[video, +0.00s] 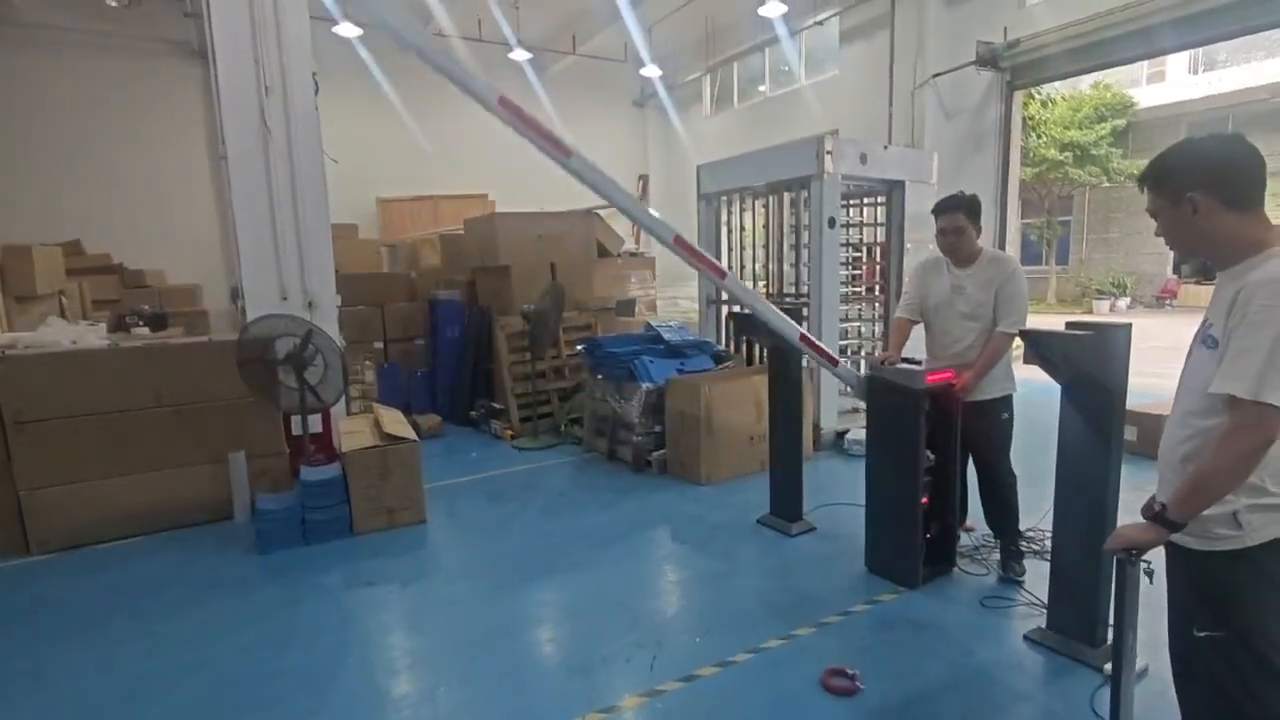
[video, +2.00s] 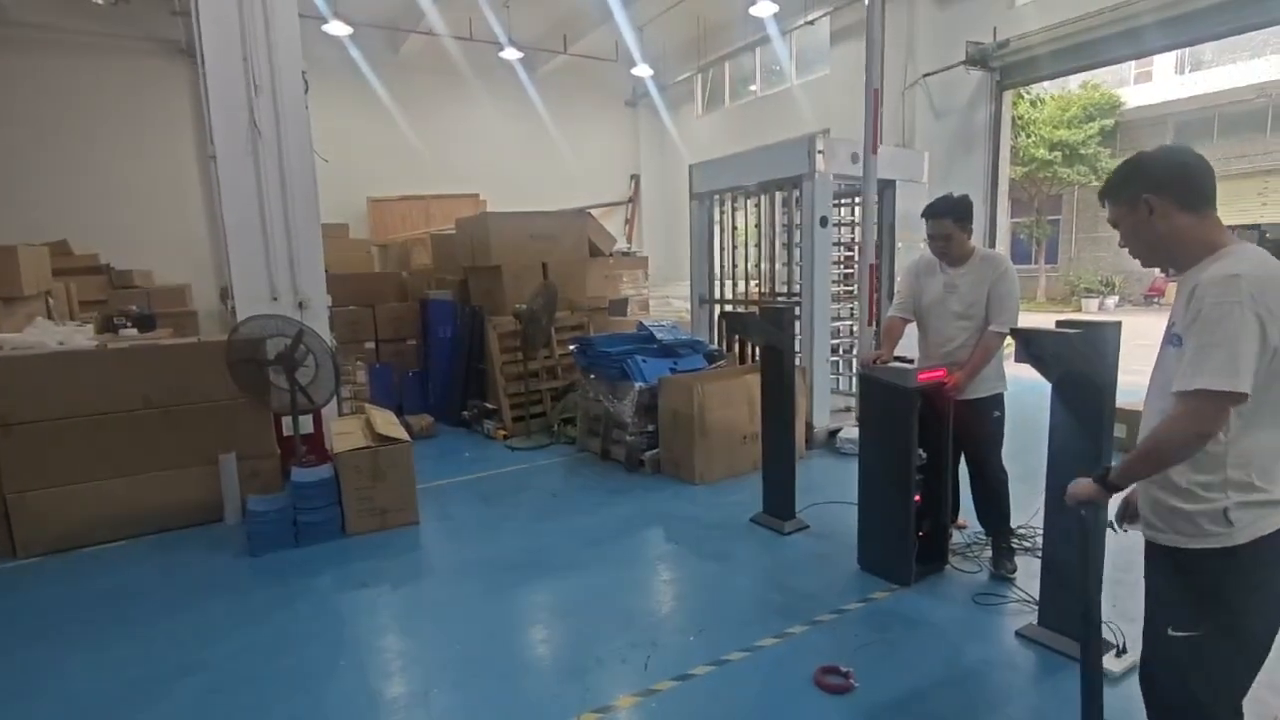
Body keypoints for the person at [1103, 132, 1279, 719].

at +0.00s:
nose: (1157, 232)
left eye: (1158, 216)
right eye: (1153, 218)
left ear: (1197, 205)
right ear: (1202, 204)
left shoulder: (1264, 286)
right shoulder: (1242, 281)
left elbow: (1257, 423)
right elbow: (1231, 413)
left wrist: (1164, 520)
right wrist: (1168, 503)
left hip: (1236, 551)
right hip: (1210, 545)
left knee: (1235, 704)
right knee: (1211, 700)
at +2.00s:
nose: (1124, 246)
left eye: (1120, 227)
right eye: (1117, 231)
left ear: (1153, 208)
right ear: (1161, 208)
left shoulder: (1225, 285)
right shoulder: (1225, 275)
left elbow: (1199, 419)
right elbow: (1220, 423)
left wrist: (1108, 481)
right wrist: (1154, 488)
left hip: (1215, 551)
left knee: (1185, 702)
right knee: (1184, 697)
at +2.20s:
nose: (1093, 236)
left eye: (1093, 220)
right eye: (1090, 222)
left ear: (1122, 213)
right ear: (1172, 205)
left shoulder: (1181, 292)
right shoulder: (1224, 277)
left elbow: (1145, 420)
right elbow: (1209, 423)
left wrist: (1067, 466)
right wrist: (1124, 483)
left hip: (1179, 552)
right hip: (1217, 542)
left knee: (1140, 701)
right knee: (1191, 701)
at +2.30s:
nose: (1070, 237)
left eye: (1071, 220)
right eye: (1067, 222)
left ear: (1099, 213)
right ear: (1147, 209)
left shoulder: (1145, 297)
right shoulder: (1201, 282)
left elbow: (1098, 431)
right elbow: (1230, 419)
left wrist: (1045, 462)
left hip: (1152, 552)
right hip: (1199, 541)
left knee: (1105, 693)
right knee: (1180, 693)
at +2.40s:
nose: (1042, 241)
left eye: (1043, 223)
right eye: (1040, 224)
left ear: (1070, 218)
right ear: (1122, 213)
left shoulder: (1097, 306)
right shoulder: (1173, 289)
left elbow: (1045, 434)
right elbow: (1155, 409)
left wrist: (1018, 464)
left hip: (1112, 554)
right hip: (1174, 540)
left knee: (1082, 699)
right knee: (1162, 691)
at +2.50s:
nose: (1012, 237)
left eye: (1011, 220)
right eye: (1010, 221)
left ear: (1030, 216)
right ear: (1093, 207)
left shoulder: (1042, 306)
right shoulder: (1153, 293)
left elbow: (992, 432)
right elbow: (1145, 411)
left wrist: (1001, 459)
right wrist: (1036, 448)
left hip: (1067, 569)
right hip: (1148, 556)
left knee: (1024, 703)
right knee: (1111, 674)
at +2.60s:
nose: (979, 235)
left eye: (977, 221)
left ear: (991, 218)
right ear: (1072, 206)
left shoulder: (988, 304)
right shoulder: (1131, 291)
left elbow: (956, 417)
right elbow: (1148, 423)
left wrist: (1000, 452)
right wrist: (1095, 461)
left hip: (1032, 560)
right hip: (1114, 551)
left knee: (1004, 705)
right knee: (1066, 689)